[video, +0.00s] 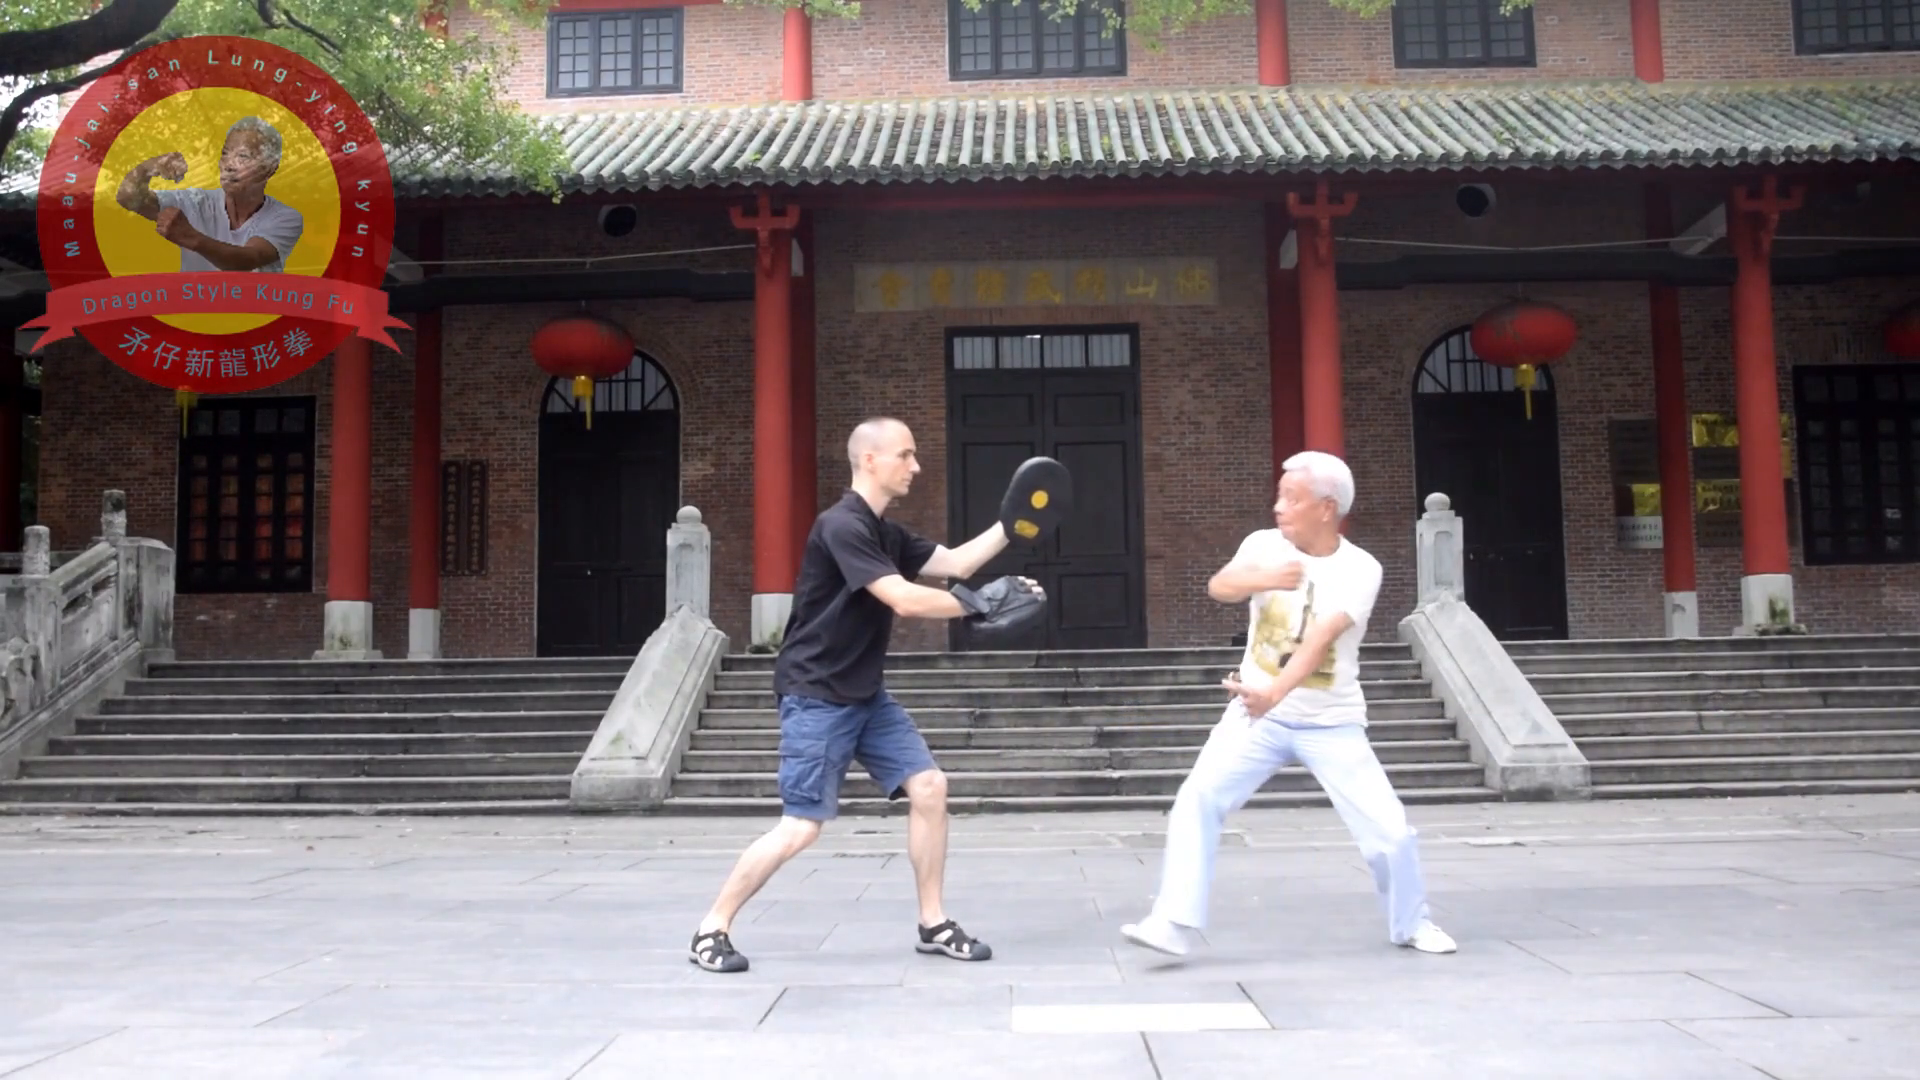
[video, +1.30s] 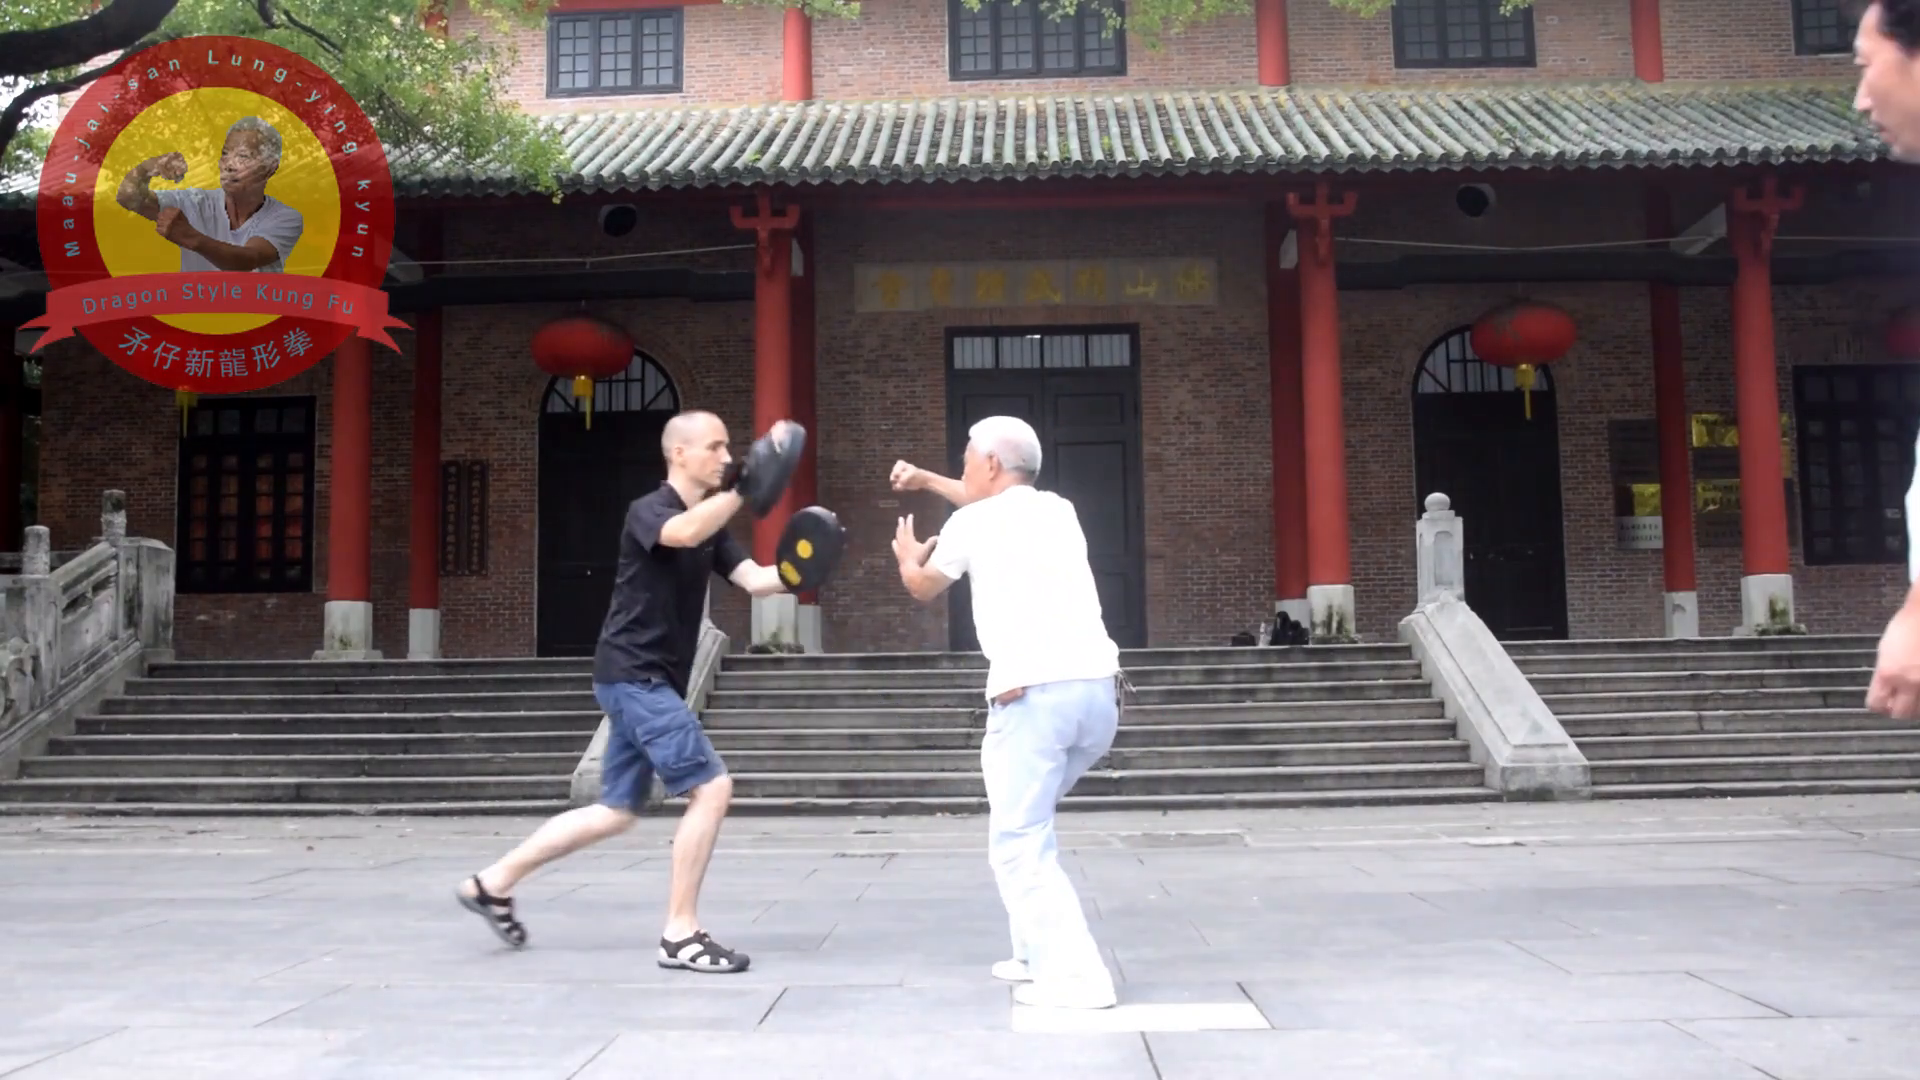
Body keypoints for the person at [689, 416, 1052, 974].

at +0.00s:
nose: (916, 466)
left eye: (914, 456)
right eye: (905, 455)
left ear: (879, 464)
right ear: (869, 462)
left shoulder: (884, 530)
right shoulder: (841, 525)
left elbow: (954, 564)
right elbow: (904, 601)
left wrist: (1013, 524)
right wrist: (983, 603)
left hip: (867, 695)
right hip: (816, 696)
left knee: (929, 789)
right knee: (802, 827)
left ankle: (934, 924)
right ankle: (712, 929)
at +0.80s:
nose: (858, 460)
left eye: (858, 451)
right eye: (847, 451)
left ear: (840, 460)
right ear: (810, 457)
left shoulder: (836, 523)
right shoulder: (798, 524)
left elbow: (909, 554)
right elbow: (871, 597)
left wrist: (961, 508)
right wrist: (947, 612)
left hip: (844, 693)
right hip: (794, 695)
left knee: (910, 790)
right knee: (808, 831)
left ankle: (934, 924)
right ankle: (705, 918)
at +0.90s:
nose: (832, 467)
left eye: (831, 457)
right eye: (820, 457)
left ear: (812, 465)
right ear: (782, 464)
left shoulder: (813, 535)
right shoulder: (767, 534)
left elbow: (878, 578)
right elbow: (824, 612)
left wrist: (930, 537)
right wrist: (898, 650)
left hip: (830, 699)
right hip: (778, 704)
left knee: (896, 795)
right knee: (806, 835)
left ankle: (934, 924)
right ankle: (689, 920)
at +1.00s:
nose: (805, 463)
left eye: (805, 453)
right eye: (793, 453)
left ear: (783, 462)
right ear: (758, 460)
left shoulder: (778, 530)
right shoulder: (743, 527)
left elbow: (817, 600)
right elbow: (774, 615)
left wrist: (881, 572)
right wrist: (839, 685)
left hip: (783, 694)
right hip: (737, 698)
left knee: (851, 794)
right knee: (781, 824)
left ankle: (915, 918)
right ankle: (686, 931)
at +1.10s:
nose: (781, 465)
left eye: (781, 455)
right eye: (770, 455)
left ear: (756, 463)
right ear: (733, 461)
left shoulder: (751, 532)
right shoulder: (711, 525)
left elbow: (780, 600)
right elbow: (736, 598)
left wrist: (848, 584)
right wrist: (796, 651)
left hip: (739, 689)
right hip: (696, 692)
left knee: (806, 782)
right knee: (756, 812)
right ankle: (685, 934)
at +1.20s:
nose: (755, 461)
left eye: (755, 451)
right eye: (744, 451)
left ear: (733, 461)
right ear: (707, 457)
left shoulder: (731, 532)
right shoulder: (677, 516)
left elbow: (772, 600)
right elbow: (709, 565)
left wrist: (816, 570)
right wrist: (786, 557)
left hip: (691, 682)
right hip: (657, 679)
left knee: (715, 812)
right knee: (731, 797)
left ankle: (604, 888)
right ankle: (682, 933)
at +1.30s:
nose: (728, 458)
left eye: (728, 448)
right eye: (716, 448)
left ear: (711, 458)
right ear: (679, 455)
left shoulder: (709, 521)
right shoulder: (648, 509)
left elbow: (752, 577)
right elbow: (684, 533)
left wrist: (803, 562)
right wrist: (745, 491)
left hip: (653, 678)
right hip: (630, 675)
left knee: (616, 812)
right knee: (712, 788)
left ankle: (491, 884)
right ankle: (680, 934)